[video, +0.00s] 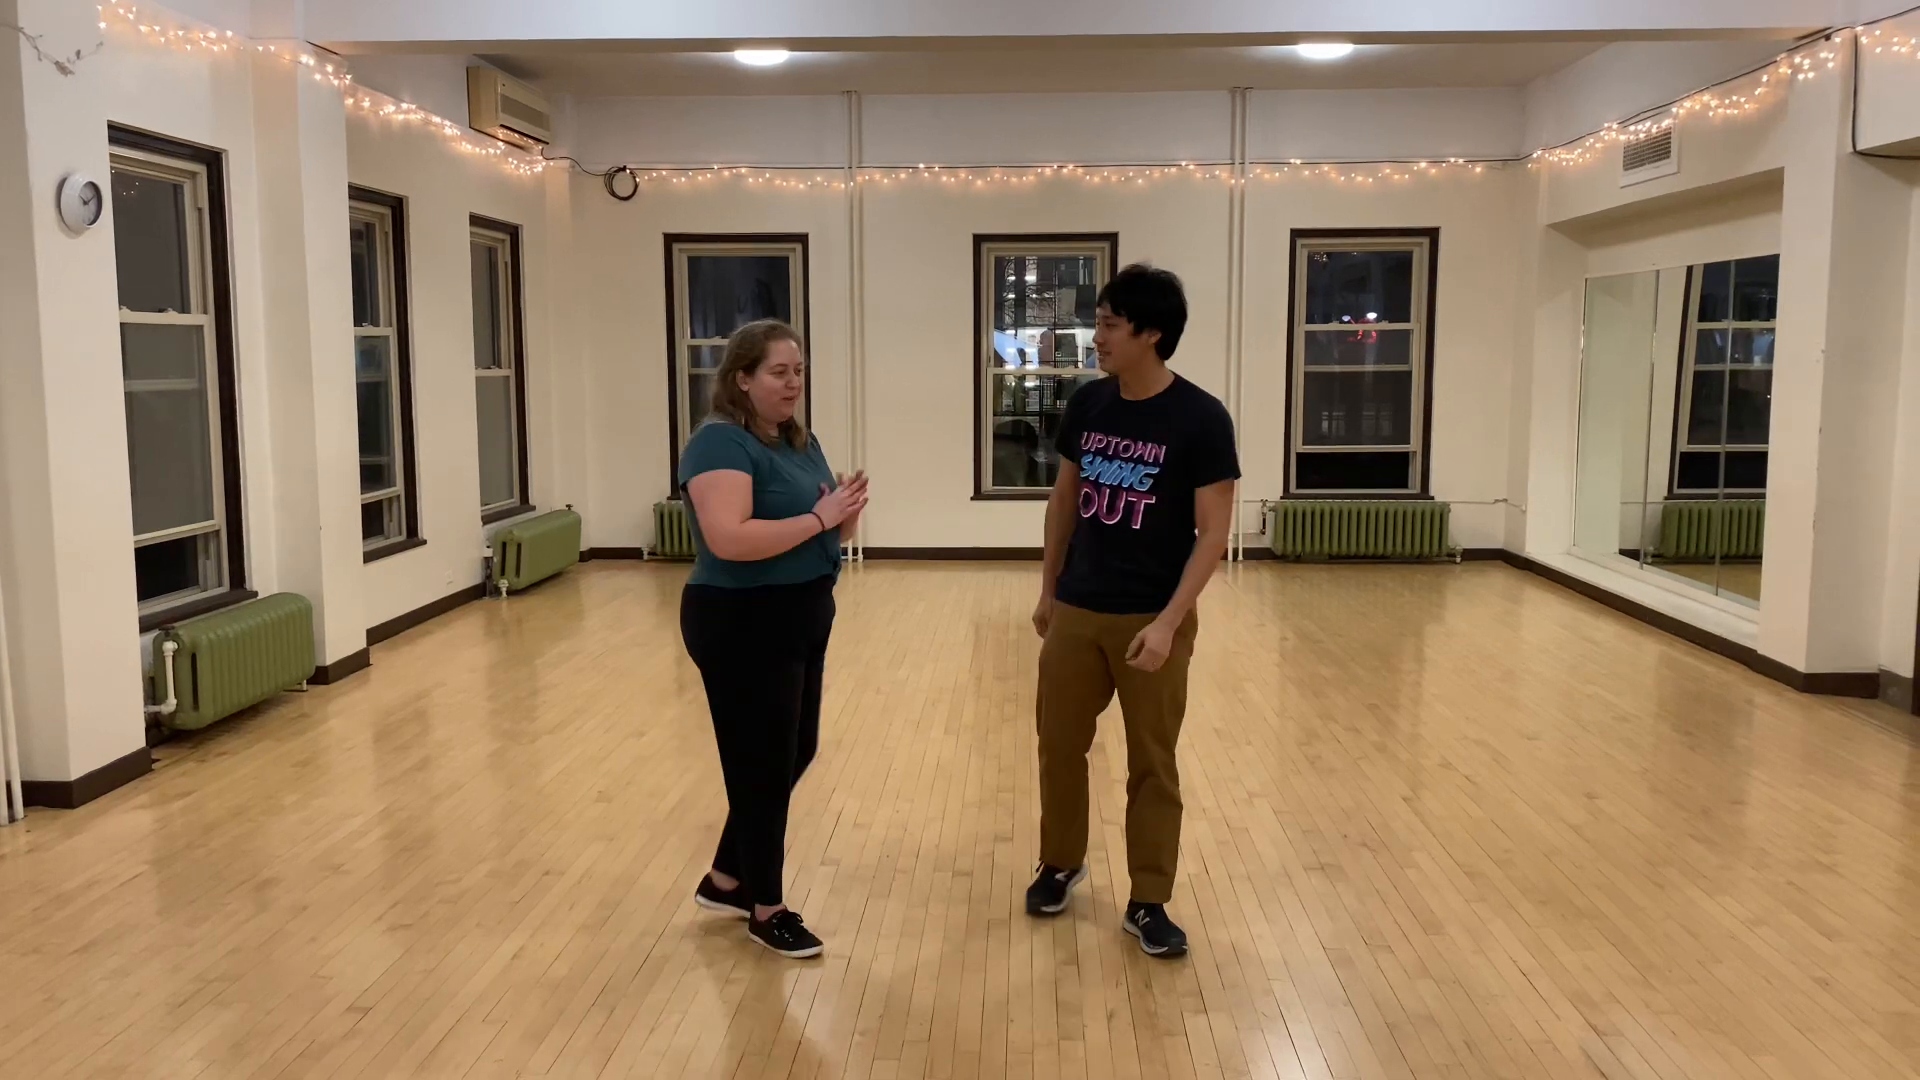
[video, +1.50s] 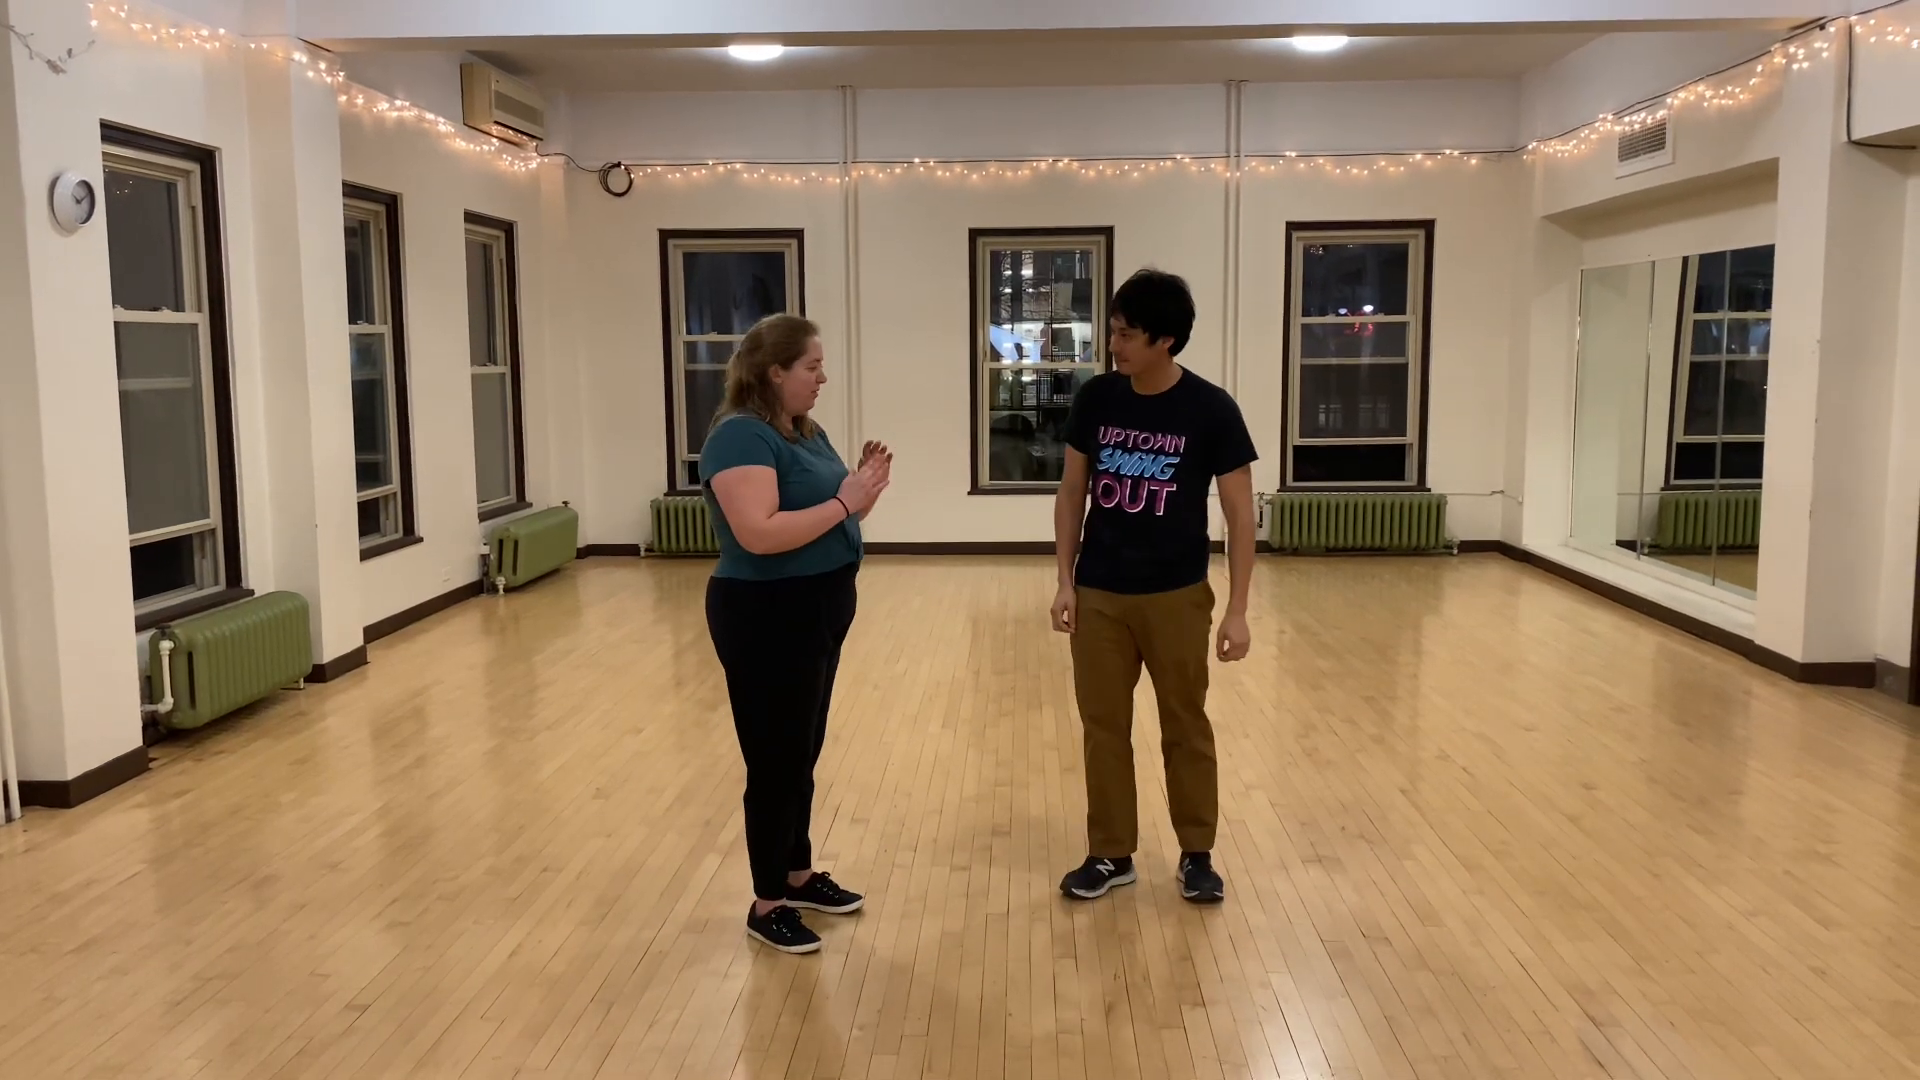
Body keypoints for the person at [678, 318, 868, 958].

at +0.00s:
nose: (793, 383)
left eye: (799, 372)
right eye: (779, 372)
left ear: (803, 378)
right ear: (743, 379)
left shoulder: (798, 444)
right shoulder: (718, 444)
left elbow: (818, 533)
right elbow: (727, 539)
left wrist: (842, 513)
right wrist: (817, 519)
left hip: (797, 615)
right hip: (742, 622)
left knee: (795, 751)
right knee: (760, 765)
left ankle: (728, 872)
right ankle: (766, 909)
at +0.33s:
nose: (801, 380)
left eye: (805, 369)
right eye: (788, 370)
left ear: (807, 373)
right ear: (749, 376)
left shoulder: (810, 441)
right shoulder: (723, 442)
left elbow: (838, 534)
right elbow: (739, 541)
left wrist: (853, 510)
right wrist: (825, 513)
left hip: (811, 612)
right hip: (749, 619)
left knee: (804, 753)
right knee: (762, 759)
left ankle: (797, 878)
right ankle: (766, 904)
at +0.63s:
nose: (814, 376)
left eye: (814, 365)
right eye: (803, 365)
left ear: (796, 373)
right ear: (764, 374)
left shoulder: (818, 437)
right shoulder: (728, 441)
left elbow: (852, 529)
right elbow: (743, 539)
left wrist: (863, 503)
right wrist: (827, 507)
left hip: (821, 610)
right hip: (757, 618)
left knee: (809, 751)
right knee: (768, 758)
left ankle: (797, 877)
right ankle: (766, 903)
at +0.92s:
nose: (819, 372)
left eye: (818, 361)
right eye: (807, 362)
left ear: (805, 372)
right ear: (768, 373)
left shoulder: (821, 435)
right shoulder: (734, 439)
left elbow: (851, 531)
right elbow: (751, 535)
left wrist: (871, 500)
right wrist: (835, 503)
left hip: (824, 608)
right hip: (763, 615)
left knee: (813, 751)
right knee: (772, 756)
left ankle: (797, 876)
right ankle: (768, 903)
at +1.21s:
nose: (820, 373)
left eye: (819, 362)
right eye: (808, 363)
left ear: (805, 372)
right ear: (769, 372)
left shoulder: (816, 432)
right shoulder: (736, 438)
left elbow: (850, 525)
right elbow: (756, 532)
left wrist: (875, 492)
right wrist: (840, 497)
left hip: (822, 610)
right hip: (763, 616)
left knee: (810, 752)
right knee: (773, 758)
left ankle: (796, 877)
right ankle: (767, 904)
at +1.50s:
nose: (821, 379)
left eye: (821, 367)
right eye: (812, 367)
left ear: (795, 373)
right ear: (774, 372)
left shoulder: (802, 431)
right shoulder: (739, 436)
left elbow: (827, 514)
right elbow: (758, 534)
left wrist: (860, 488)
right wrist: (844, 503)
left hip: (812, 609)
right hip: (761, 615)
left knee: (802, 750)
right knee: (774, 757)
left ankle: (795, 875)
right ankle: (768, 903)